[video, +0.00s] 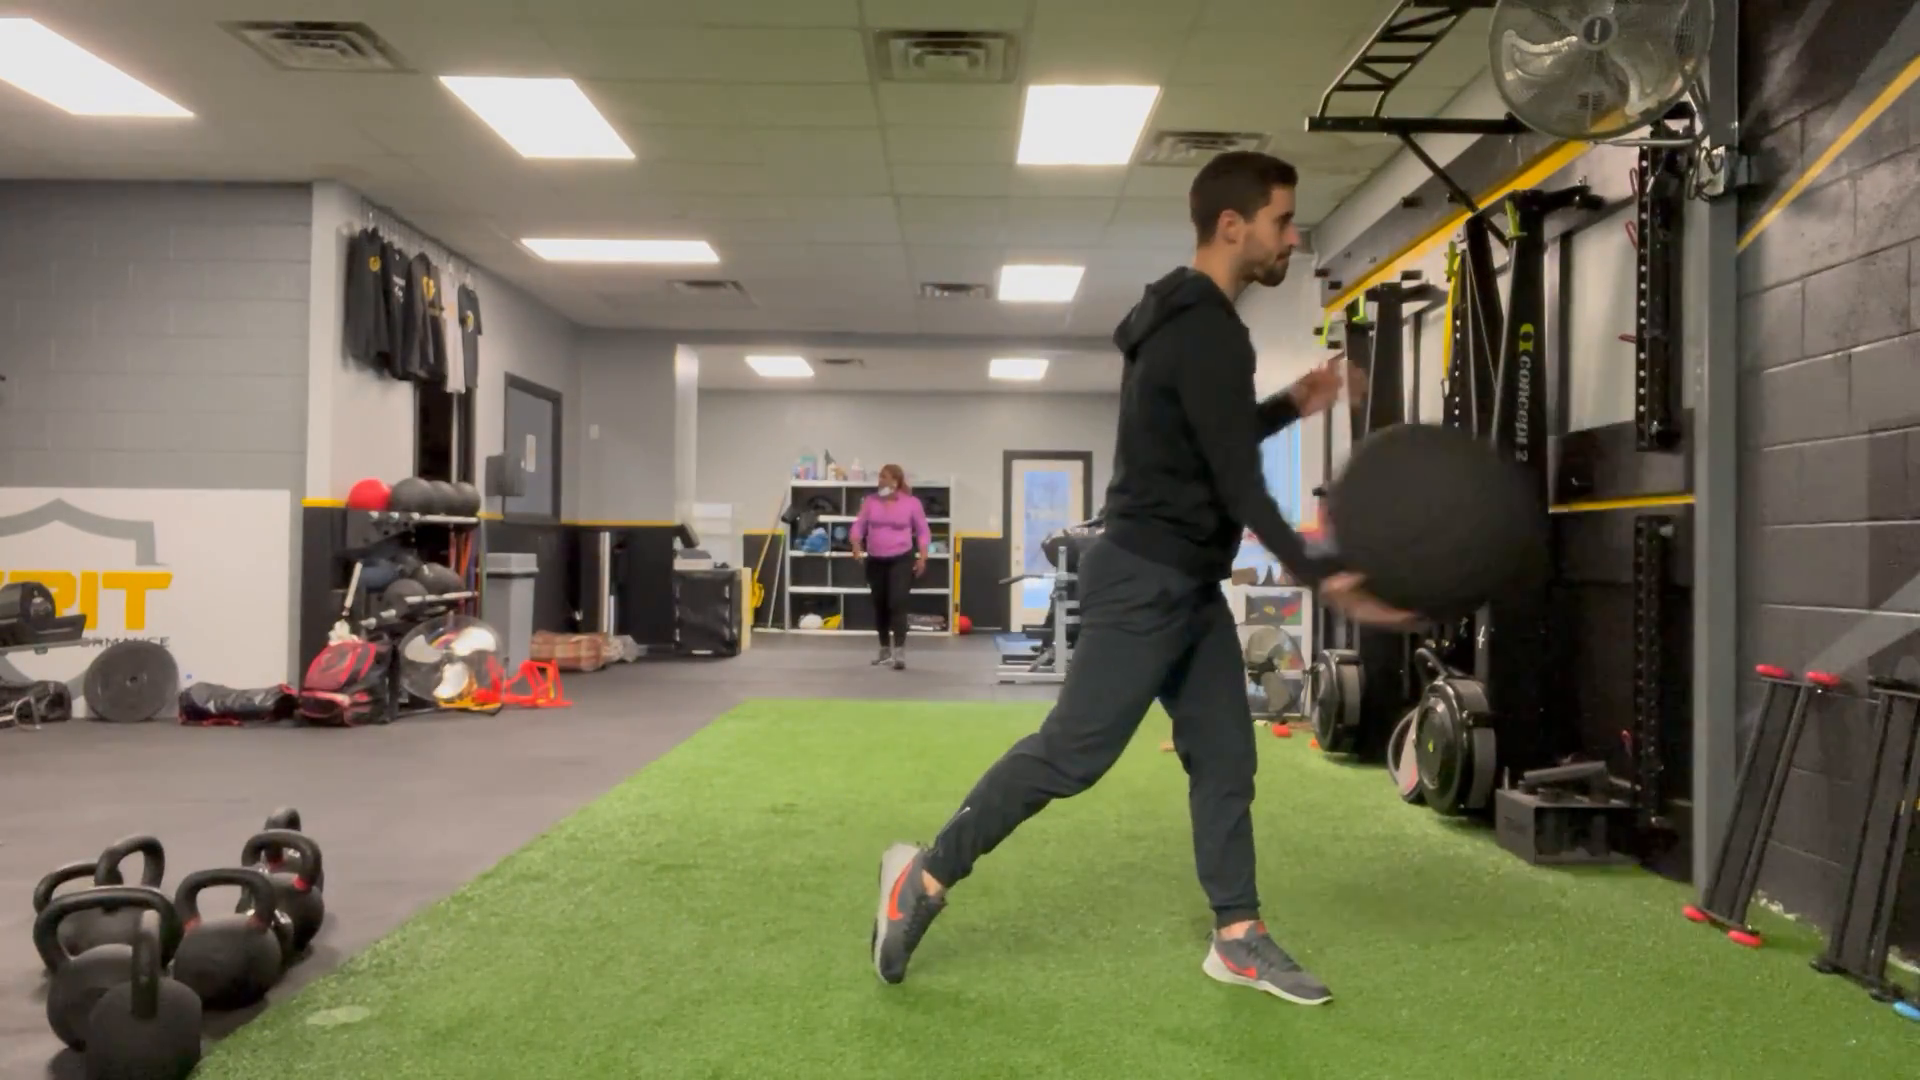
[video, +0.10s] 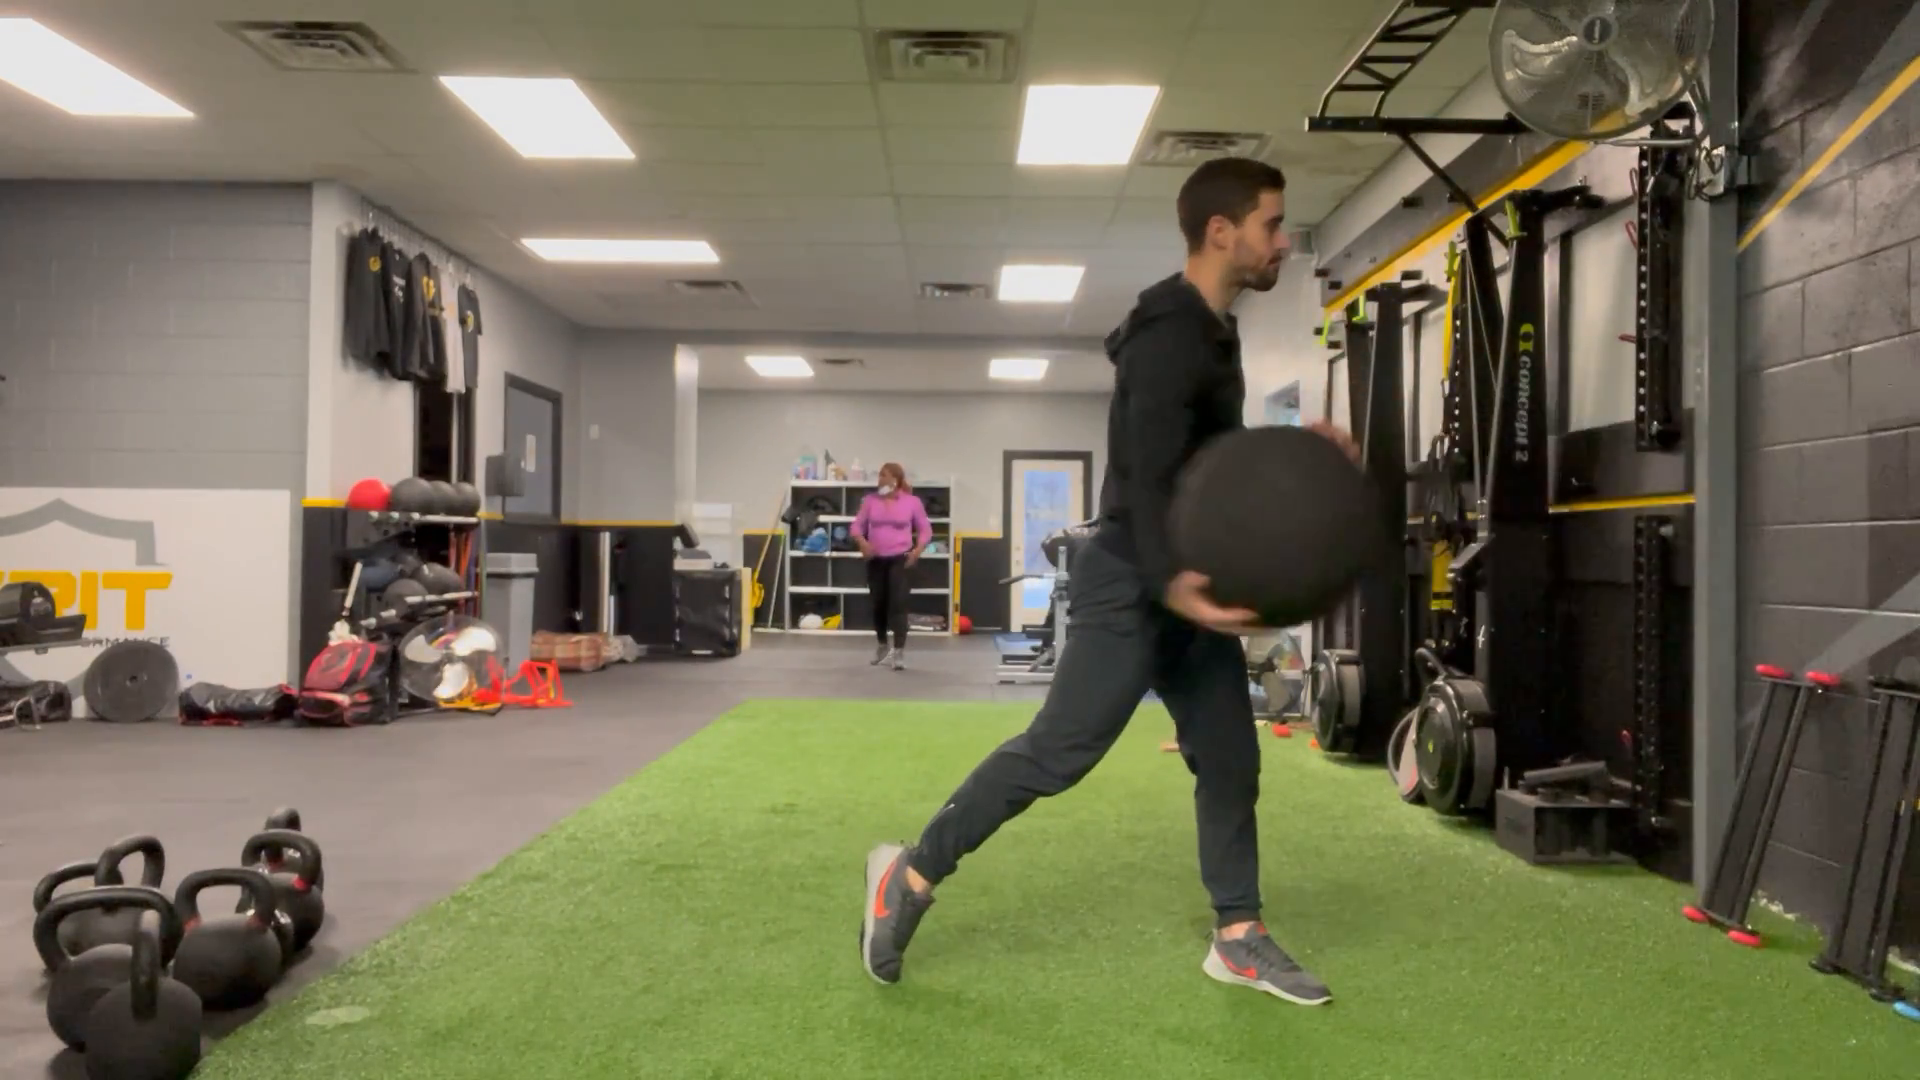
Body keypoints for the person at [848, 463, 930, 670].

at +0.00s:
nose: (880, 480)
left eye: (884, 477)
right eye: (880, 477)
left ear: (896, 481)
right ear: (880, 479)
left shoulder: (911, 503)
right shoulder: (870, 502)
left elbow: (923, 531)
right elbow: (858, 526)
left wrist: (922, 557)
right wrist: (856, 543)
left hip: (901, 558)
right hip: (875, 558)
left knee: (897, 602)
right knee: (880, 604)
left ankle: (899, 650)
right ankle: (884, 648)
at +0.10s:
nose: (880, 479)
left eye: (885, 476)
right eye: (880, 475)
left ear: (896, 479)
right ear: (880, 478)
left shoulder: (911, 502)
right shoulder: (870, 501)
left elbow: (925, 530)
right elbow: (856, 526)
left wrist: (916, 551)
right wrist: (863, 543)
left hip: (900, 557)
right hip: (876, 557)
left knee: (898, 602)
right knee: (879, 602)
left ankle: (898, 651)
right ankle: (883, 645)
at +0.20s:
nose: (880, 477)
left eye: (884, 474)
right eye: (879, 473)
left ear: (896, 477)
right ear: (880, 476)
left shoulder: (911, 499)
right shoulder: (870, 499)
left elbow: (927, 526)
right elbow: (856, 524)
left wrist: (914, 543)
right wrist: (863, 541)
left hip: (900, 556)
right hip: (875, 556)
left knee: (899, 603)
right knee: (873, 603)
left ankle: (898, 650)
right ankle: (880, 638)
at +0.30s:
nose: (877, 476)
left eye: (882, 473)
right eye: (877, 472)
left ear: (894, 476)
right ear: (879, 475)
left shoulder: (910, 497)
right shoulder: (869, 498)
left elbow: (927, 526)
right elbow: (854, 523)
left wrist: (909, 541)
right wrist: (862, 540)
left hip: (899, 555)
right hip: (874, 555)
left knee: (898, 602)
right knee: (868, 600)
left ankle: (898, 651)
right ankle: (876, 639)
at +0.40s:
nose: (875, 476)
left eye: (879, 472)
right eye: (875, 472)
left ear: (891, 475)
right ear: (875, 474)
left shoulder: (907, 496)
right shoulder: (867, 497)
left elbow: (925, 524)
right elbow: (853, 522)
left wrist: (908, 538)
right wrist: (859, 538)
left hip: (897, 554)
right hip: (871, 555)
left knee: (896, 603)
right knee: (865, 599)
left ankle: (897, 653)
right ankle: (866, 650)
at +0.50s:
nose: (871, 478)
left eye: (875, 474)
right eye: (870, 474)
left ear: (887, 477)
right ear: (870, 476)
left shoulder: (903, 496)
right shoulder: (863, 498)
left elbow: (921, 524)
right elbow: (851, 522)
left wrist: (904, 537)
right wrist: (856, 539)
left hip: (893, 552)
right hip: (867, 553)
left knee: (893, 603)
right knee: (862, 600)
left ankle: (897, 654)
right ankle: (855, 653)